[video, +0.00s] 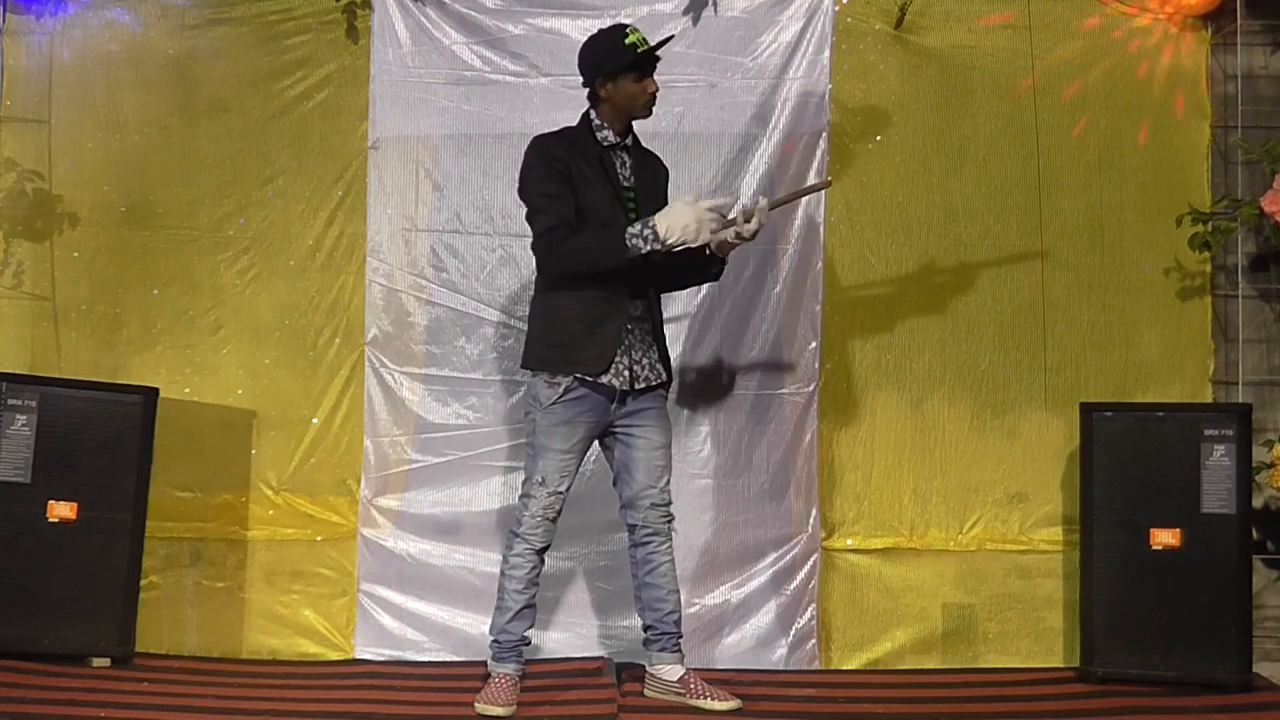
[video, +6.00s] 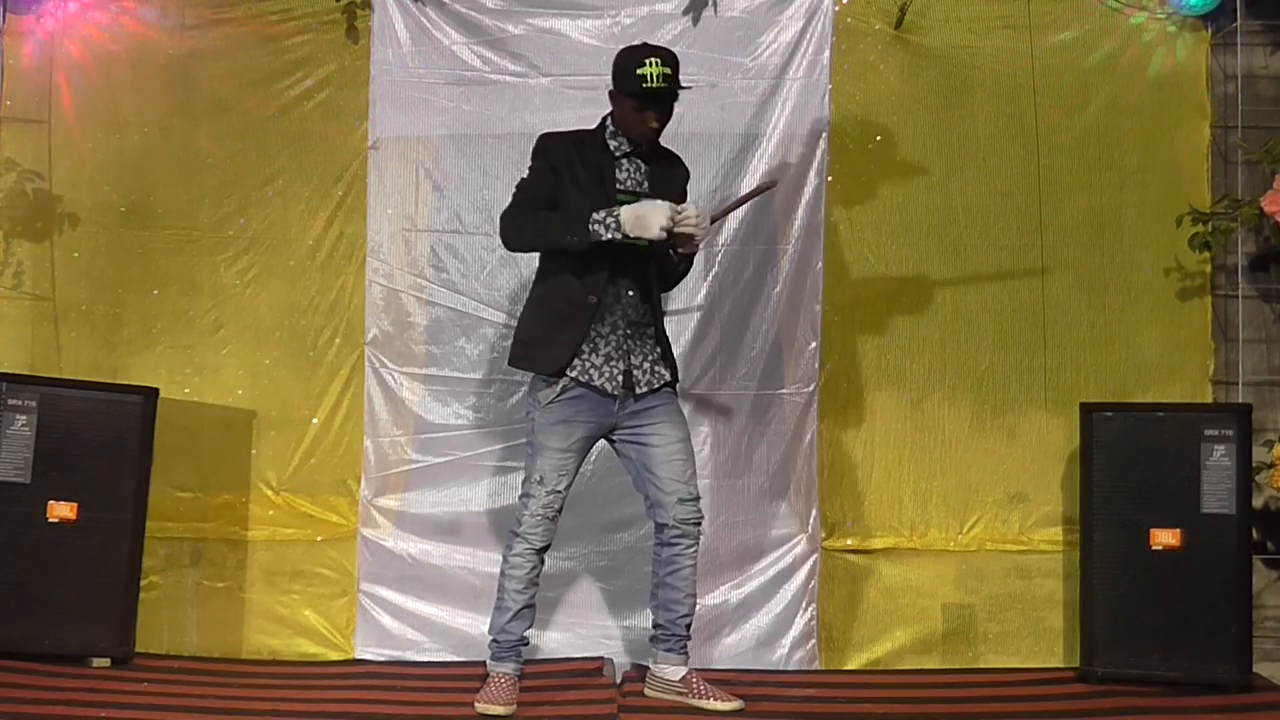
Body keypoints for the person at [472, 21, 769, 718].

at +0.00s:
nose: (656, 84)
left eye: (653, 73)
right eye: (644, 75)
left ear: (625, 84)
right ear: (608, 84)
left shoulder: (651, 170)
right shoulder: (550, 153)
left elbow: (649, 275)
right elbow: (558, 257)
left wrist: (715, 250)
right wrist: (651, 232)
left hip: (642, 375)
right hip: (567, 373)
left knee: (652, 519)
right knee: (536, 522)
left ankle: (665, 668)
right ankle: (505, 669)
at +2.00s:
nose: (670, 129)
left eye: (680, 121)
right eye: (666, 113)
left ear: (680, 120)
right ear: (636, 93)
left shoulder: (663, 175)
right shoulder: (562, 151)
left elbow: (647, 281)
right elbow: (552, 251)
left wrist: (699, 259)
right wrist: (652, 253)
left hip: (640, 376)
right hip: (565, 373)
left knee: (655, 519)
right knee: (533, 521)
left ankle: (667, 672)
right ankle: (503, 670)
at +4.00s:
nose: (660, 117)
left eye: (665, 106)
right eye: (652, 103)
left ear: (655, 106)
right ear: (614, 91)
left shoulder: (651, 167)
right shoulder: (546, 153)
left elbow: (646, 270)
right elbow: (537, 252)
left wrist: (694, 252)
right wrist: (622, 210)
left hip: (638, 374)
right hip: (562, 373)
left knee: (654, 519)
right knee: (532, 523)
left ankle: (666, 670)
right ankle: (503, 670)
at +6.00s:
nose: (656, 118)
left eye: (665, 107)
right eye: (645, 104)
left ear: (672, 106)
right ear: (615, 97)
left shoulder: (669, 173)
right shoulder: (560, 152)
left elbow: (660, 279)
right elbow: (516, 230)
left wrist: (682, 248)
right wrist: (618, 221)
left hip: (648, 381)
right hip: (569, 376)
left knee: (681, 514)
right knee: (536, 524)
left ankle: (668, 671)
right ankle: (503, 670)